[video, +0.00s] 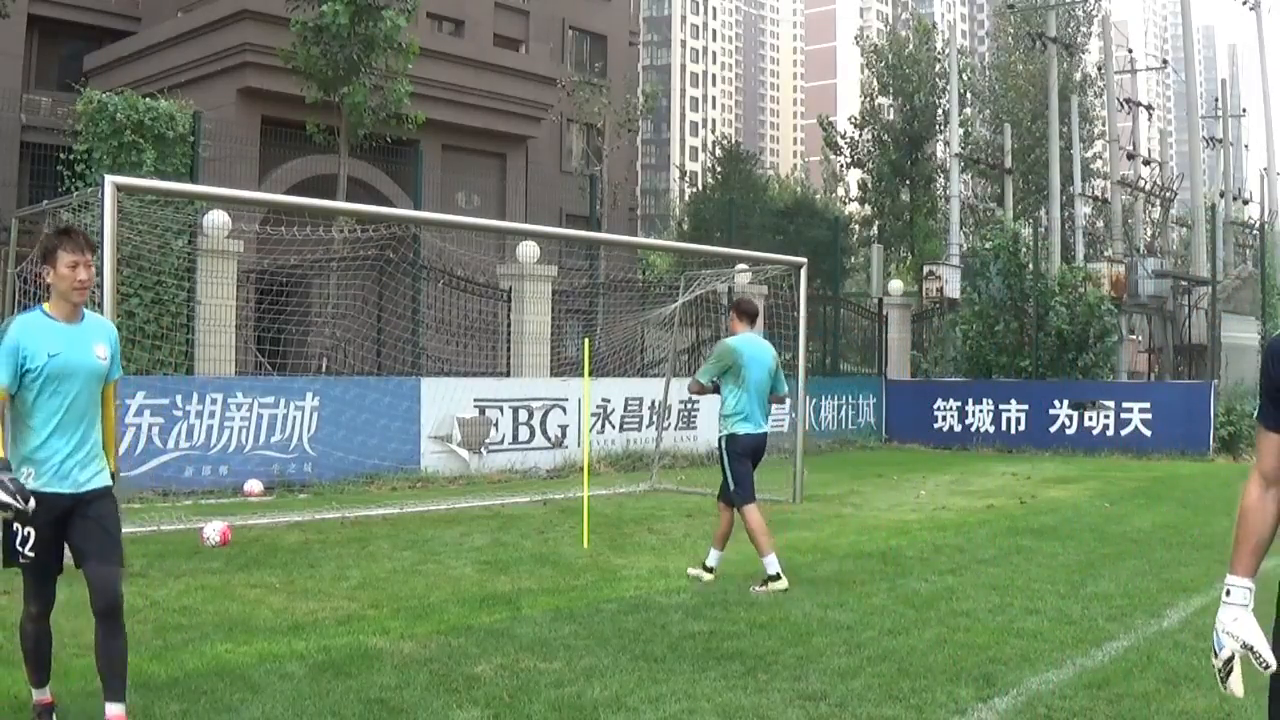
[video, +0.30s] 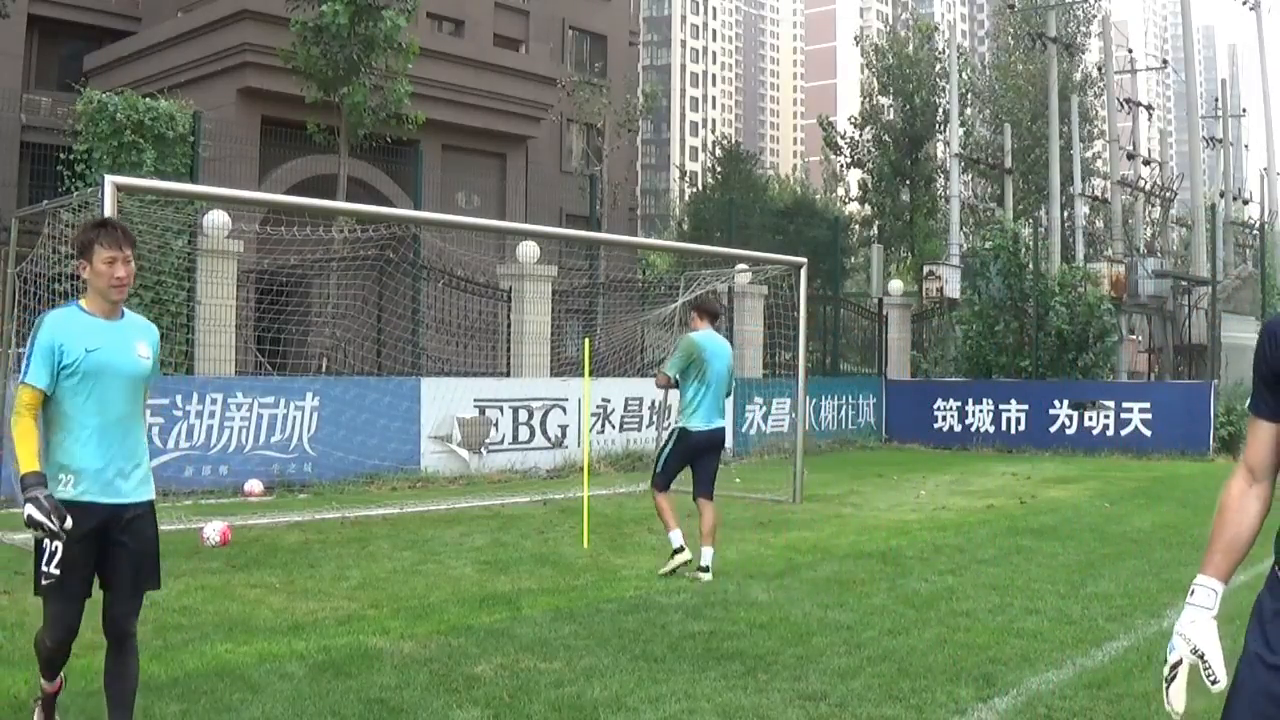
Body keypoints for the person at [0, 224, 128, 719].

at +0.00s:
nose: (84, 275)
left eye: (89, 266)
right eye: (73, 266)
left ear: (94, 271)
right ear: (47, 273)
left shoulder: (104, 331)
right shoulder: (20, 331)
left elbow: (108, 408)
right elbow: (2, 407)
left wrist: (110, 471)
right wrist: (4, 470)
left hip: (94, 487)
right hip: (36, 491)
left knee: (110, 600)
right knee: (38, 607)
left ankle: (116, 712)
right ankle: (42, 704)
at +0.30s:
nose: (123, 272)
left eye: (129, 262)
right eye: (110, 262)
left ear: (135, 268)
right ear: (83, 269)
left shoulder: (146, 333)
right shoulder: (56, 327)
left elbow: (136, 412)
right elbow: (25, 410)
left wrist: (141, 483)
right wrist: (33, 484)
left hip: (134, 505)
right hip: (70, 505)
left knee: (123, 630)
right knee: (59, 635)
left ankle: (121, 718)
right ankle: (49, 694)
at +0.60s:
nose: (141, 277)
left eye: (148, 267)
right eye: (129, 267)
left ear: (157, 269)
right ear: (104, 270)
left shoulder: (180, 331)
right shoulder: (75, 333)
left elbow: (204, 417)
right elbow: (37, 420)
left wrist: (234, 487)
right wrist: (26, 505)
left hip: (163, 517)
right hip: (99, 514)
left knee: (138, 649)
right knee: (111, 646)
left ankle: (127, 718)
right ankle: (100, 718)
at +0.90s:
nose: (178, 291)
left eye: (188, 281)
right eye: (169, 278)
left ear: (198, 275)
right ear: (142, 262)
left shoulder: (206, 324)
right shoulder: (100, 332)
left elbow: (236, 397)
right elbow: (58, 426)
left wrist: (270, 460)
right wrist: (51, 521)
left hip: (201, 527)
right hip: (132, 530)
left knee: (224, 666)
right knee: (137, 677)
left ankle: (161, 715)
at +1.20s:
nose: (236, 291)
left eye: (250, 281)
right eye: (229, 274)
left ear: (262, 278)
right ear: (204, 254)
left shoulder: (253, 325)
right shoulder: (163, 318)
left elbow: (229, 416)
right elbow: (153, 415)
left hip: (245, 532)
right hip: (177, 537)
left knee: (299, 676)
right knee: (158, 690)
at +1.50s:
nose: (328, 278)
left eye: (343, 268)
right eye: (319, 261)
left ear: (361, 265)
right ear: (297, 246)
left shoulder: (358, 320)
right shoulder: (278, 300)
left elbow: (343, 423)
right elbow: (404, 308)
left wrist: (379, 479)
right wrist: (448, 319)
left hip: (361, 546)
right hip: (295, 542)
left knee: (351, 708)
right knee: (282, 706)